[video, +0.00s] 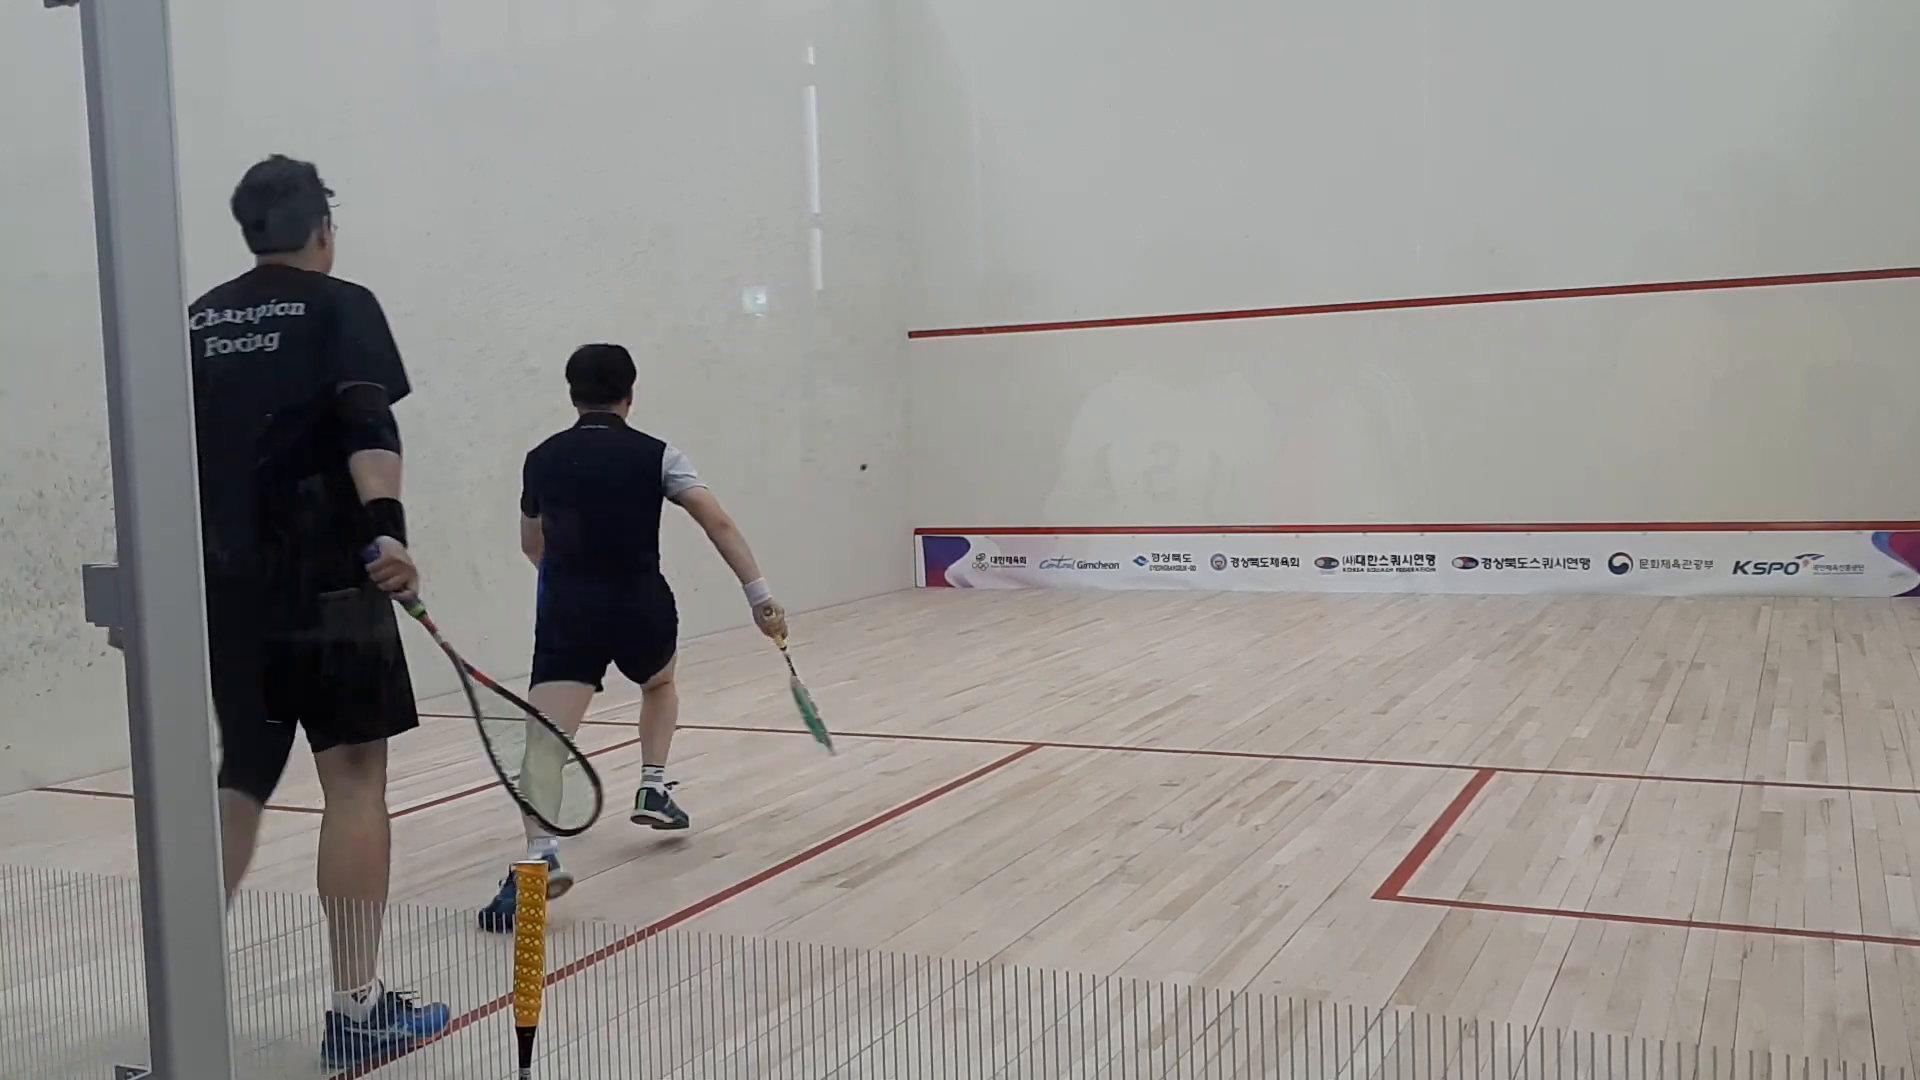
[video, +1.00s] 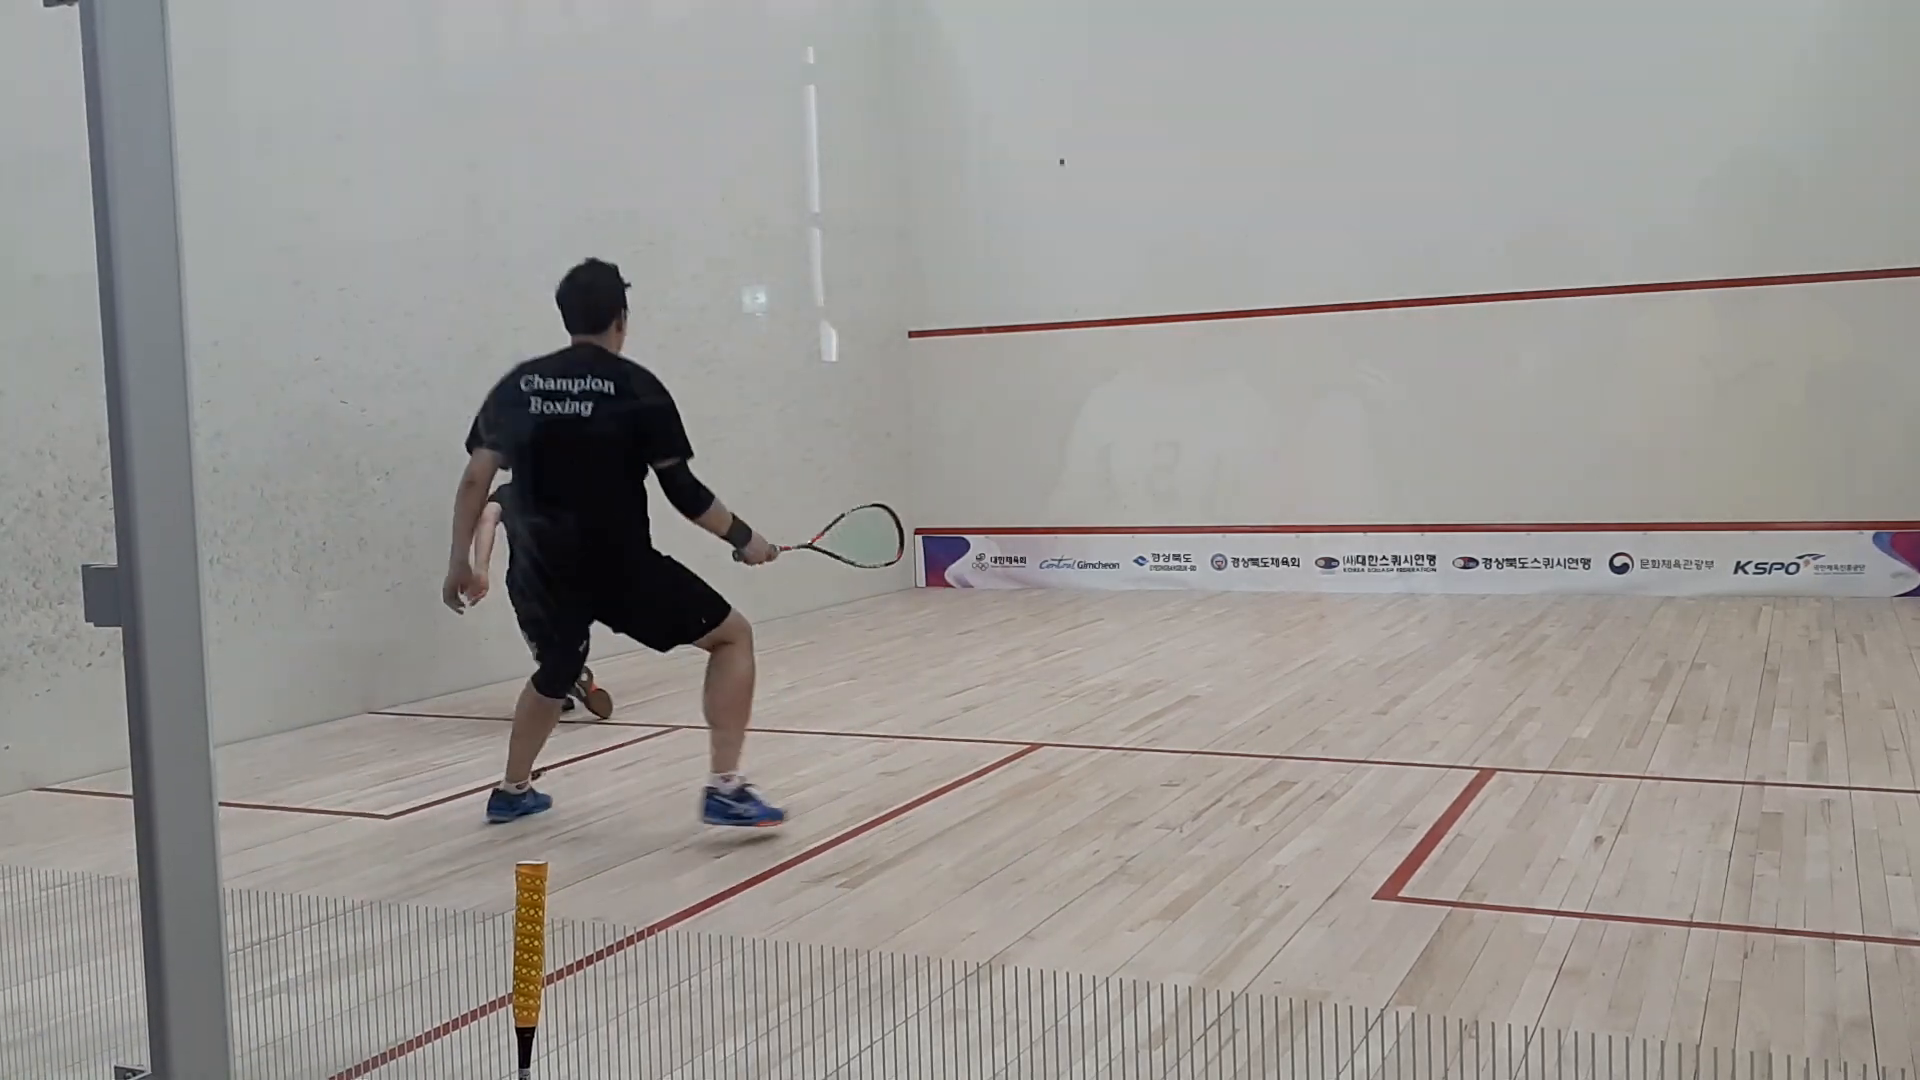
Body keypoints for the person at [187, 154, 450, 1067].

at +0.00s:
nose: (335, 235)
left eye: (327, 222)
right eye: (332, 222)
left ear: (249, 235)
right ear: (321, 229)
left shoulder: (194, 318)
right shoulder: (343, 307)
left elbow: (163, 454)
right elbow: (367, 429)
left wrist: (151, 580)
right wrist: (389, 534)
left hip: (226, 598)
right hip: (330, 592)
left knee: (242, 774)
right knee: (354, 781)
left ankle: (180, 982)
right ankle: (356, 1008)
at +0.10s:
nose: (375, 239)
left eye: (360, 227)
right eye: (374, 227)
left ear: (291, 234)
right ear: (365, 230)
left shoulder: (237, 327)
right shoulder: (394, 311)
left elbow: (202, 468)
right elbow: (426, 442)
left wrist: (165, 574)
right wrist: (455, 556)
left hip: (270, 578)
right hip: (366, 574)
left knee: (315, 743)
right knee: (362, 762)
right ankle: (358, 1000)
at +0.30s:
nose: (431, 243)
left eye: (418, 231)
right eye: (429, 232)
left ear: (354, 250)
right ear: (423, 241)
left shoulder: (312, 342)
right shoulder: (456, 322)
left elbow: (287, 473)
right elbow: (498, 444)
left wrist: (278, 582)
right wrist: (552, 554)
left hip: (346, 566)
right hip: (435, 561)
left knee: (417, 719)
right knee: (449, 734)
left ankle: (422, 893)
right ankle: (391, 924)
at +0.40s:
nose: (455, 235)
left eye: (443, 224)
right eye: (454, 224)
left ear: (379, 237)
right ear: (447, 231)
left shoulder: (341, 327)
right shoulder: (477, 308)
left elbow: (328, 459)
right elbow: (519, 434)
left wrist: (331, 560)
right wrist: (571, 531)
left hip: (390, 563)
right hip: (476, 554)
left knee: (430, 718)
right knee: (523, 709)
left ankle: (421, 896)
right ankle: (447, 863)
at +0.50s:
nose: (486, 226)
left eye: (476, 214)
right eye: (484, 215)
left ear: (413, 227)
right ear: (477, 221)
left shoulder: (376, 314)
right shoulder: (506, 297)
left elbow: (367, 450)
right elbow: (538, 424)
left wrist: (390, 541)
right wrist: (593, 514)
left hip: (425, 549)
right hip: (518, 539)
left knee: (433, 707)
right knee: (561, 682)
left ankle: (423, 893)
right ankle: (531, 853)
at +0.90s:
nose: (603, 278)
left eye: (598, 270)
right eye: (601, 270)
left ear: (538, 276)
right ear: (596, 273)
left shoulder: (498, 347)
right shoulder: (625, 344)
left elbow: (462, 447)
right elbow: (674, 440)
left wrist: (450, 526)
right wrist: (731, 509)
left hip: (527, 543)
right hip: (609, 537)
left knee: (535, 658)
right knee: (690, 638)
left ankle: (505, 801)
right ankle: (649, 786)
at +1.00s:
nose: (627, 318)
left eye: (621, 310)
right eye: (626, 310)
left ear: (566, 319)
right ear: (620, 316)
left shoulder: (518, 383)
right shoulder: (639, 388)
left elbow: (474, 480)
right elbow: (681, 489)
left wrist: (458, 562)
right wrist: (744, 537)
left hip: (538, 571)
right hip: (618, 567)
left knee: (556, 669)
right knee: (732, 637)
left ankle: (512, 789)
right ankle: (727, 786)